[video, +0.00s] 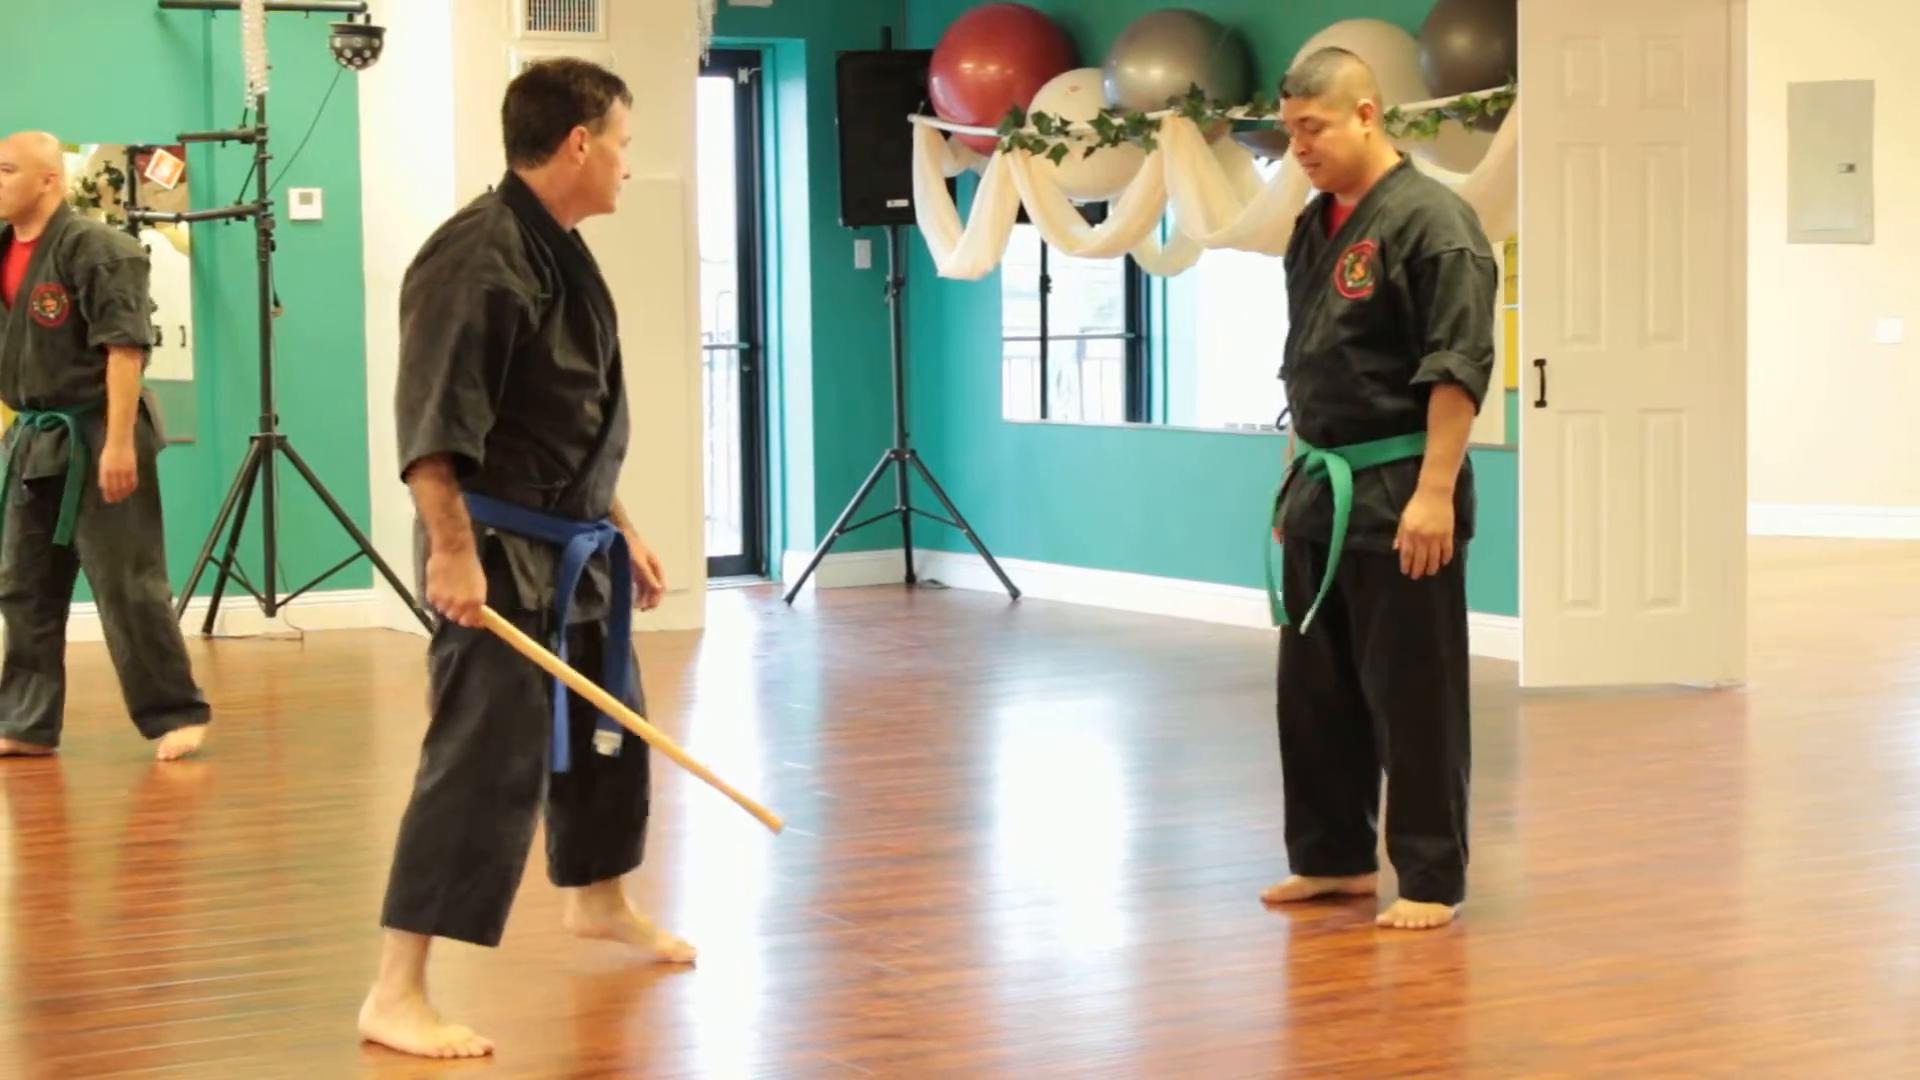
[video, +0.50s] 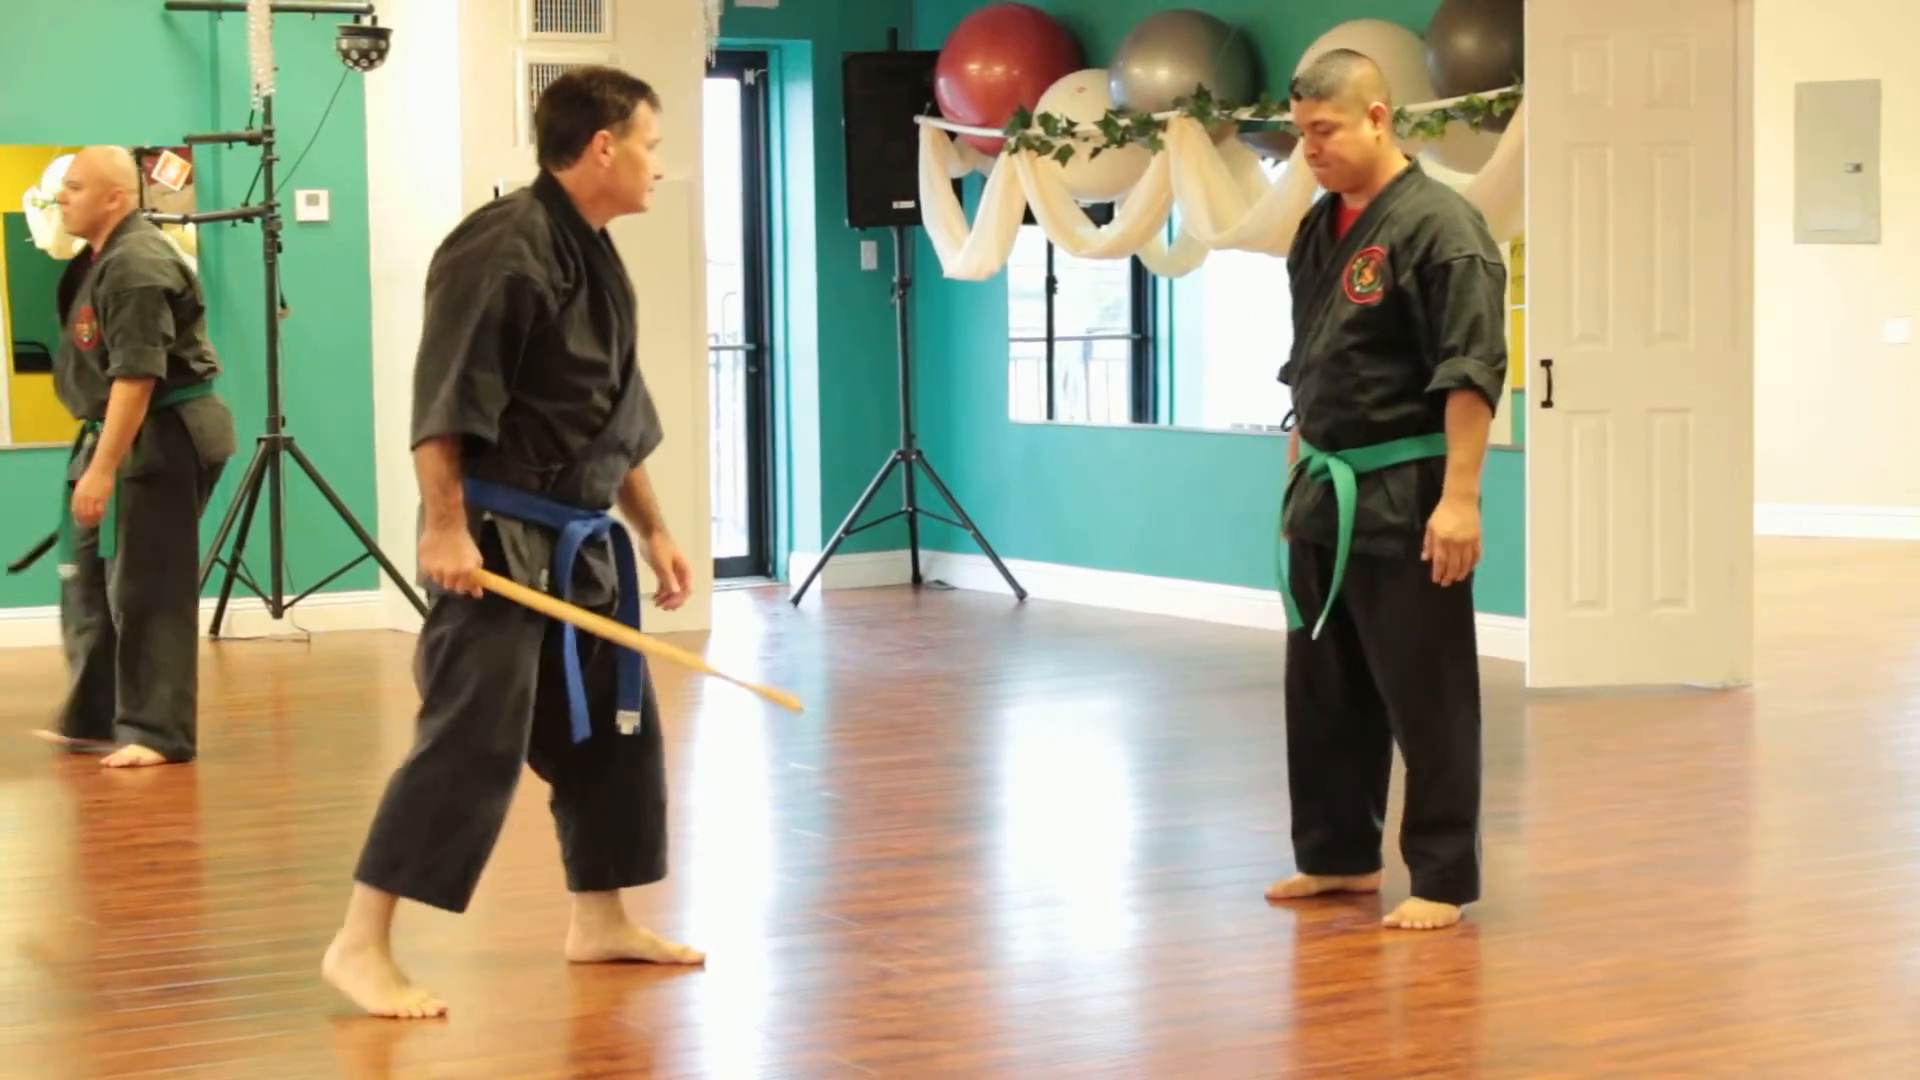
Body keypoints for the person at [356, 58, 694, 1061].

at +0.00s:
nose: (628, 166)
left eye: (628, 147)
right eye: (622, 146)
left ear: (569, 143)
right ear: (578, 144)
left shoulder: (564, 256)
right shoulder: (474, 256)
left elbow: (566, 422)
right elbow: (429, 420)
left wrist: (620, 528)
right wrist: (451, 546)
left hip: (580, 546)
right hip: (499, 547)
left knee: (605, 724)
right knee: (478, 755)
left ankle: (599, 906)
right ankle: (395, 993)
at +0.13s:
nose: (649, 167)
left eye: (646, 150)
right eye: (639, 149)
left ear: (588, 154)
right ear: (593, 152)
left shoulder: (587, 263)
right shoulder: (495, 263)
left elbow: (593, 427)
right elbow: (445, 418)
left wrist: (645, 535)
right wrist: (455, 552)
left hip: (599, 548)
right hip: (517, 548)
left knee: (606, 732)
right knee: (489, 750)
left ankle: (595, 922)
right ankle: (404, 987)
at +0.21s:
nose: (666, 163)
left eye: (662, 147)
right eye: (654, 146)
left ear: (603, 152)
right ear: (607, 150)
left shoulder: (605, 260)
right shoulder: (508, 257)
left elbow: (610, 421)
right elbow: (456, 404)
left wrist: (653, 530)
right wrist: (459, 533)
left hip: (601, 542)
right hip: (516, 539)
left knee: (611, 725)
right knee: (483, 740)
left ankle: (597, 917)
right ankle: (420, 977)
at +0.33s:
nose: (676, 162)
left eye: (674, 145)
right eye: (665, 144)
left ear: (615, 149)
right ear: (615, 146)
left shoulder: (615, 257)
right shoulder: (514, 242)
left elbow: (623, 413)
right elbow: (454, 384)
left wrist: (662, 521)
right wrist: (454, 515)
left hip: (596, 530)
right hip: (507, 525)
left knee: (606, 716)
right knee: (487, 726)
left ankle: (598, 919)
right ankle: (408, 956)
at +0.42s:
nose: (671, 166)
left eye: (670, 148)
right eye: (661, 147)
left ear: (610, 150)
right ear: (610, 146)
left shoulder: (607, 256)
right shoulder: (510, 241)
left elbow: (619, 412)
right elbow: (448, 385)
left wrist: (662, 523)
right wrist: (447, 516)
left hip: (589, 529)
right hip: (504, 526)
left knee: (602, 719)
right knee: (484, 729)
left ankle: (598, 919)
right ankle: (379, 940)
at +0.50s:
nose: (659, 168)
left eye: (657, 149)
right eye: (649, 148)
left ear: (598, 152)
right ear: (598, 148)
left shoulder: (595, 257)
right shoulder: (500, 244)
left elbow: (611, 413)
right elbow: (440, 392)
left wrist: (654, 529)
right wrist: (444, 524)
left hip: (586, 532)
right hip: (497, 527)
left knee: (607, 722)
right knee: (470, 733)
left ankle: (600, 920)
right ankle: (360, 943)